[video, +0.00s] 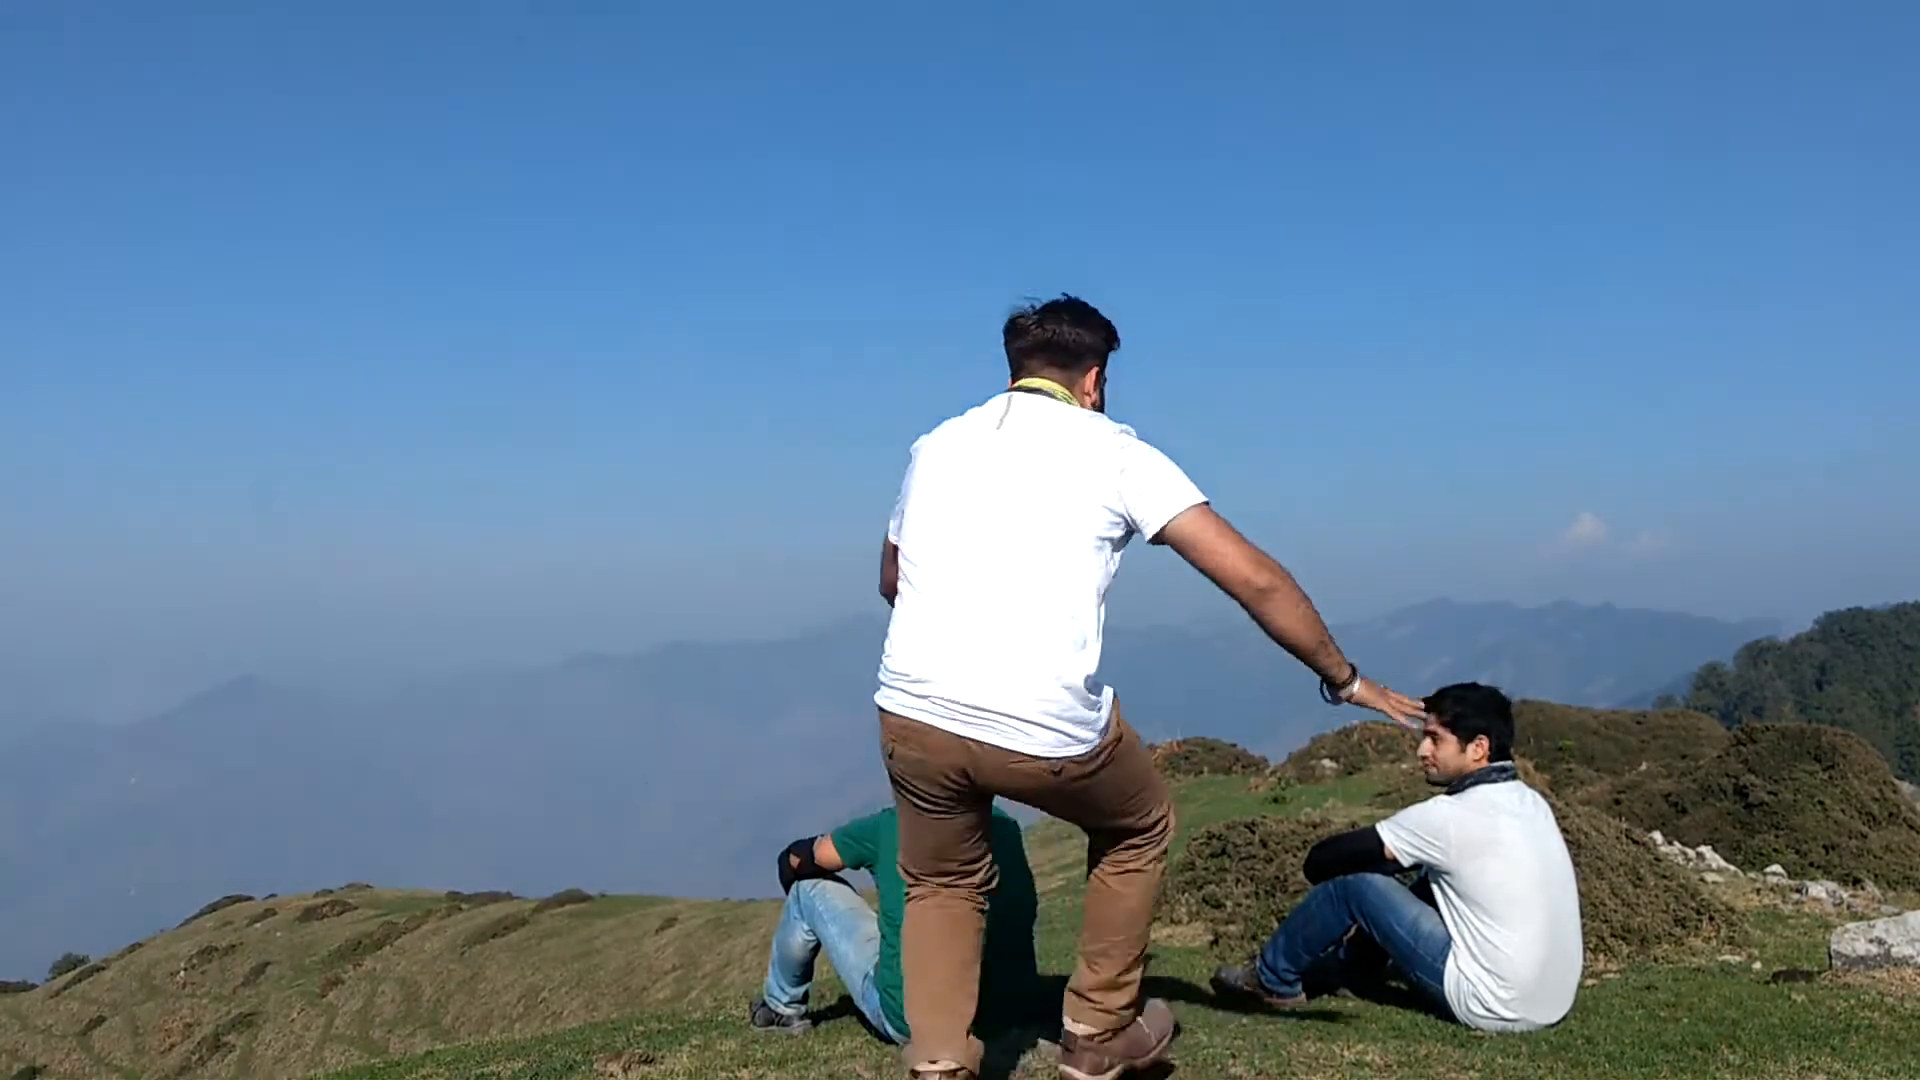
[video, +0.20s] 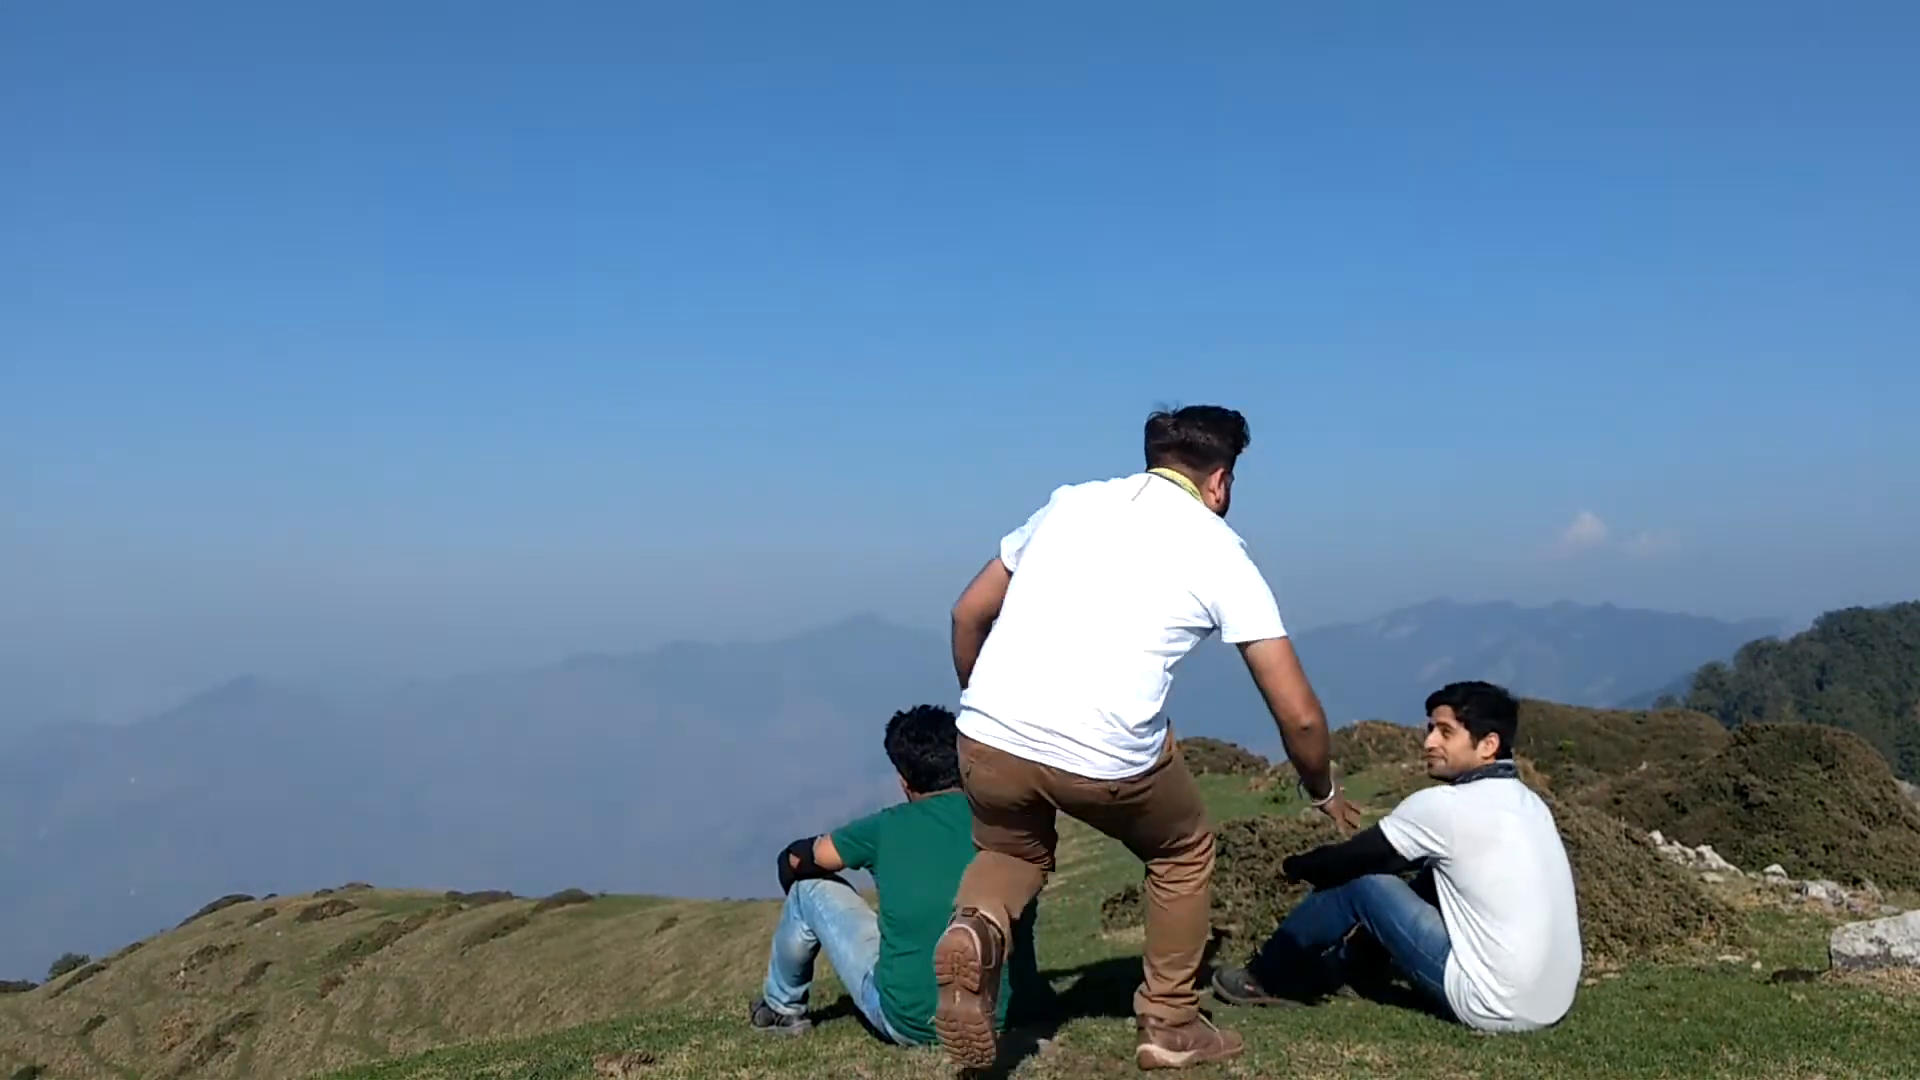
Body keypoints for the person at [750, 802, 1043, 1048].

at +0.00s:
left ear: (915, 778)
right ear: (976, 778)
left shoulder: (892, 824)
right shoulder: (1007, 830)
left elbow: (799, 859)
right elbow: (1020, 909)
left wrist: (792, 877)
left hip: (909, 1020)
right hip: (999, 1021)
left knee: (810, 889)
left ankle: (782, 1005)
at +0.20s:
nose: (898, 780)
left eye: (897, 772)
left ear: (906, 780)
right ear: (967, 766)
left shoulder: (891, 825)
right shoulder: (1005, 818)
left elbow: (797, 859)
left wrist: (798, 895)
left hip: (910, 1021)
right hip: (995, 1020)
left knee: (810, 888)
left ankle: (782, 1007)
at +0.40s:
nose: (899, 779)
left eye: (898, 772)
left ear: (905, 779)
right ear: (965, 768)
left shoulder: (888, 826)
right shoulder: (1005, 824)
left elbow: (798, 858)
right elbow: (1028, 909)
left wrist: (795, 885)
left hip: (916, 1022)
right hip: (1009, 1013)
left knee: (810, 887)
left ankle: (782, 1007)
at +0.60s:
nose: (904, 775)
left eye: (901, 767)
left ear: (908, 775)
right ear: (971, 761)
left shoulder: (892, 821)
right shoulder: (1008, 820)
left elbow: (800, 854)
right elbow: (1025, 910)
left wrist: (800, 885)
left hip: (919, 1018)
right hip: (1013, 1009)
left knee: (813, 883)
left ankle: (784, 1003)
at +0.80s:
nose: (903, 777)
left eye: (901, 769)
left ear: (907, 777)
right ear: (970, 764)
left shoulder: (891, 823)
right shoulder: (1008, 822)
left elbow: (798, 857)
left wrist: (801, 895)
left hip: (918, 1020)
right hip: (1012, 1012)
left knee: (812, 886)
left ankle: (784, 1006)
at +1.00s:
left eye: (901, 772)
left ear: (907, 779)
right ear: (969, 766)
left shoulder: (890, 826)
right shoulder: (1006, 824)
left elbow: (796, 860)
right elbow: (1025, 915)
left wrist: (800, 897)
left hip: (918, 1024)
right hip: (1011, 1016)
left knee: (810, 889)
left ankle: (782, 1010)